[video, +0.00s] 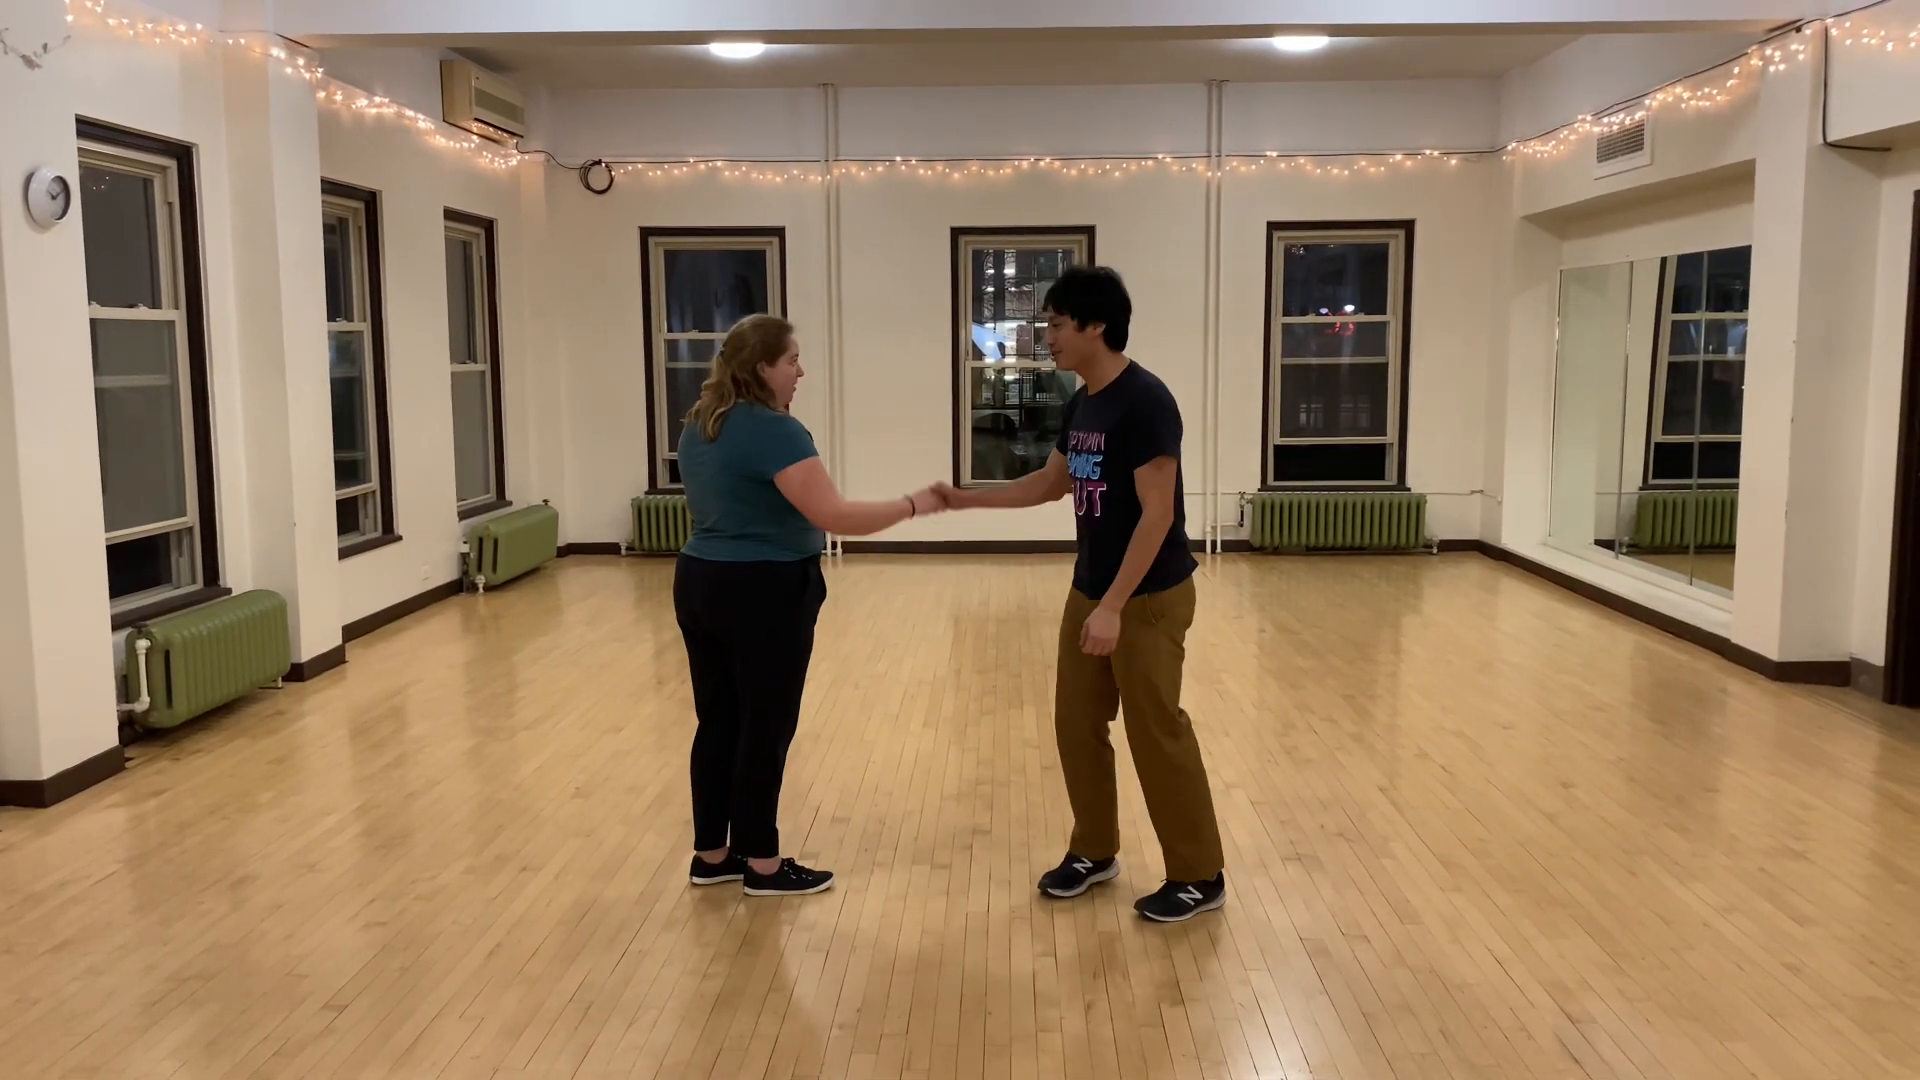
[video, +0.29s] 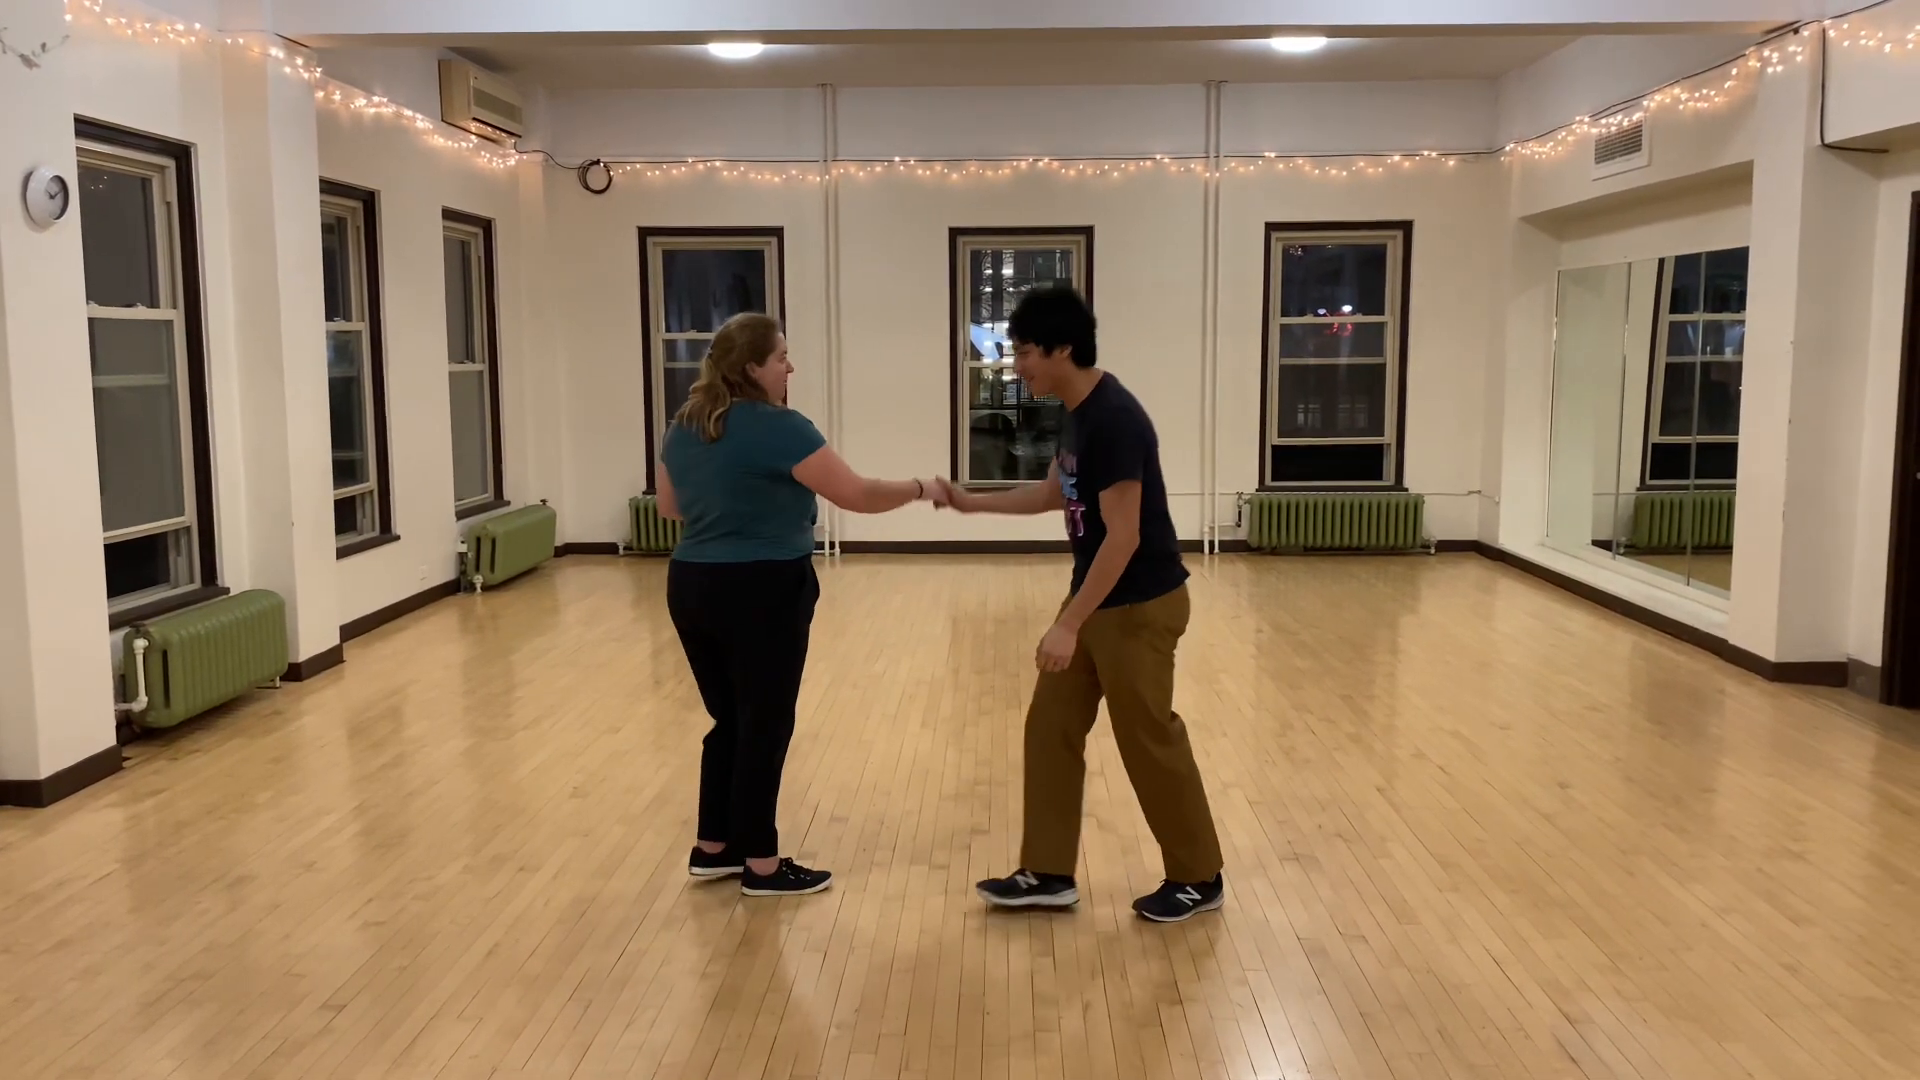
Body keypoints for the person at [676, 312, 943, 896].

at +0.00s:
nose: (800, 372)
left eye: (798, 360)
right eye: (792, 361)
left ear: (741, 368)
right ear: (760, 367)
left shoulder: (698, 428)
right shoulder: (774, 432)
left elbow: (717, 508)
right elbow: (835, 515)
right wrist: (913, 505)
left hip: (704, 587)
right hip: (770, 592)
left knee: (717, 720)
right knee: (767, 727)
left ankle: (712, 853)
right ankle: (763, 863)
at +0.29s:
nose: (790, 368)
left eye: (787, 357)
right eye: (782, 359)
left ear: (729, 368)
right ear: (752, 367)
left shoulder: (685, 427)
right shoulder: (780, 428)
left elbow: (669, 503)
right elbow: (857, 494)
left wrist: (731, 490)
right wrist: (919, 488)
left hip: (694, 587)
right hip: (769, 587)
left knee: (728, 717)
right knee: (767, 723)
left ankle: (713, 844)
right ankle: (762, 862)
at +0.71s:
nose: (743, 370)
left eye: (743, 359)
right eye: (731, 360)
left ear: (704, 370)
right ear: (696, 368)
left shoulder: (700, 424)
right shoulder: (688, 429)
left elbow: (717, 482)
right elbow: (740, 514)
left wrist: (762, 459)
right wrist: (833, 534)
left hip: (679, 584)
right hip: (684, 589)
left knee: (685, 711)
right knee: (740, 709)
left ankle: (679, 834)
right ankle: (756, 852)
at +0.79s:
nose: (727, 371)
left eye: (728, 361)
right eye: (715, 361)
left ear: (721, 369)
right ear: (679, 368)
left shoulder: (705, 427)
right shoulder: (656, 431)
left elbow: (729, 492)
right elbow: (704, 512)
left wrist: (771, 468)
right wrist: (800, 528)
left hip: (701, 585)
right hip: (657, 587)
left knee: (689, 703)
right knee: (721, 697)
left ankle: (678, 833)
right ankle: (703, 840)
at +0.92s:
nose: (702, 372)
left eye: (703, 362)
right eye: (690, 363)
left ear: (701, 370)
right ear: (654, 369)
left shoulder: (717, 431)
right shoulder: (618, 433)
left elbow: (753, 512)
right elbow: (652, 509)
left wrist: (762, 480)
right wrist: (743, 525)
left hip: (703, 585)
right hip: (631, 586)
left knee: (705, 712)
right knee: (663, 713)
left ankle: (683, 834)